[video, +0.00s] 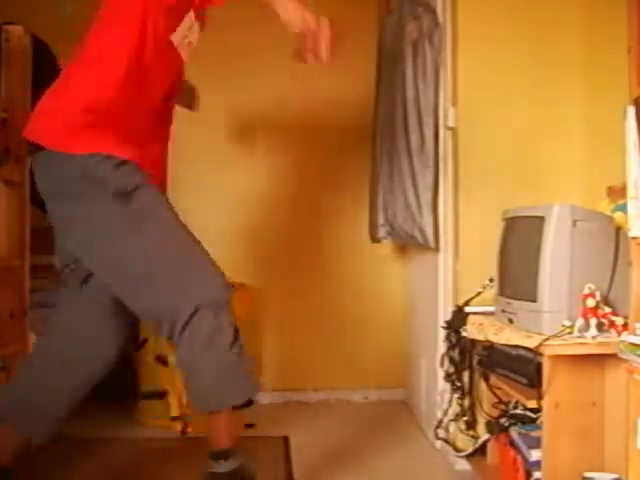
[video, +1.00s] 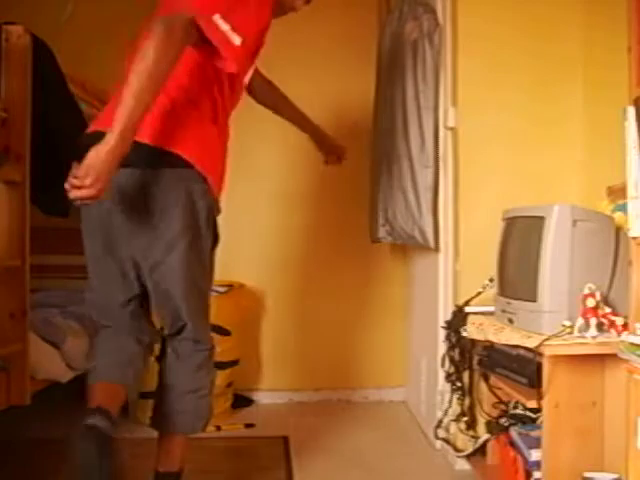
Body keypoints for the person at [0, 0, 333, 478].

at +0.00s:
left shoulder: (183, 16)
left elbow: (139, 58)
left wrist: (179, 88)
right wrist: (288, 7)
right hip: (85, 149)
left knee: (89, 333)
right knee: (198, 295)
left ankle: (5, 446)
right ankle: (225, 456)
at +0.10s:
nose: (252, 7)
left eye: (254, 4)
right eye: (252, 1)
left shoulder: (204, 21)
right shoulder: (185, 4)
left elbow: (214, 53)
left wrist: (256, 80)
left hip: (77, 165)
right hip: (118, 164)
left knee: (138, 336)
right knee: (196, 314)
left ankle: (12, 438)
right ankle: (167, 467)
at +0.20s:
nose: (285, 9)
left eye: (295, 5)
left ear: (292, 10)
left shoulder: (236, 46)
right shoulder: (205, 7)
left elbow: (265, 70)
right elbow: (181, 5)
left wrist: (327, 86)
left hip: (74, 164)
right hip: (118, 164)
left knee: (115, 338)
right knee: (193, 326)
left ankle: (70, 473)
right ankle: (166, 472)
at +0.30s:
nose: (296, 17)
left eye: (304, 13)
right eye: (299, 6)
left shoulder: (240, 49)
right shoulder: (220, 6)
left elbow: (288, 90)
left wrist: (364, 113)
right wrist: (70, 15)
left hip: (77, 150)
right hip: (131, 154)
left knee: (126, 321)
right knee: (187, 325)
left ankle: (47, 442)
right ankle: (171, 467)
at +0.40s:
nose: (302, 16)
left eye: (309, 13)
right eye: (303, 4)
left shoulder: (237, 55)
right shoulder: (234, 5)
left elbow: (285, 105)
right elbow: (139, 7)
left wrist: (359, 128)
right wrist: (55, 78)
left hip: (81, 140)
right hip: (147, 151)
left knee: (116, 314)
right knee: (175, 318)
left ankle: (42, 426)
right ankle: (171, 466)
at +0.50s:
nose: (305, 23)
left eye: (312, 19)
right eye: (308, 11)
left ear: (293, 13)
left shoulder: (243, 54)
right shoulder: (237, 8)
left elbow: (283, 113)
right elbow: (136, 14)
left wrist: (344, 150)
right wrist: (50, 114)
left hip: (87, 148)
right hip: (143, 152)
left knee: (129, 308)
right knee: (181, 320)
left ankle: (72, 432)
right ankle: (170, 470)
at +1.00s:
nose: (294, 10)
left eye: (298, 7)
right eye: (297, 3)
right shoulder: (253, 3)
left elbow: (255, 81)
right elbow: (171, 26)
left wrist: (317, 132)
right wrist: (116, 141)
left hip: (108, 160)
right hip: (175, 167)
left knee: (119, 319)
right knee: (187, 331)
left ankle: (97, 425)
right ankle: (169, 470)